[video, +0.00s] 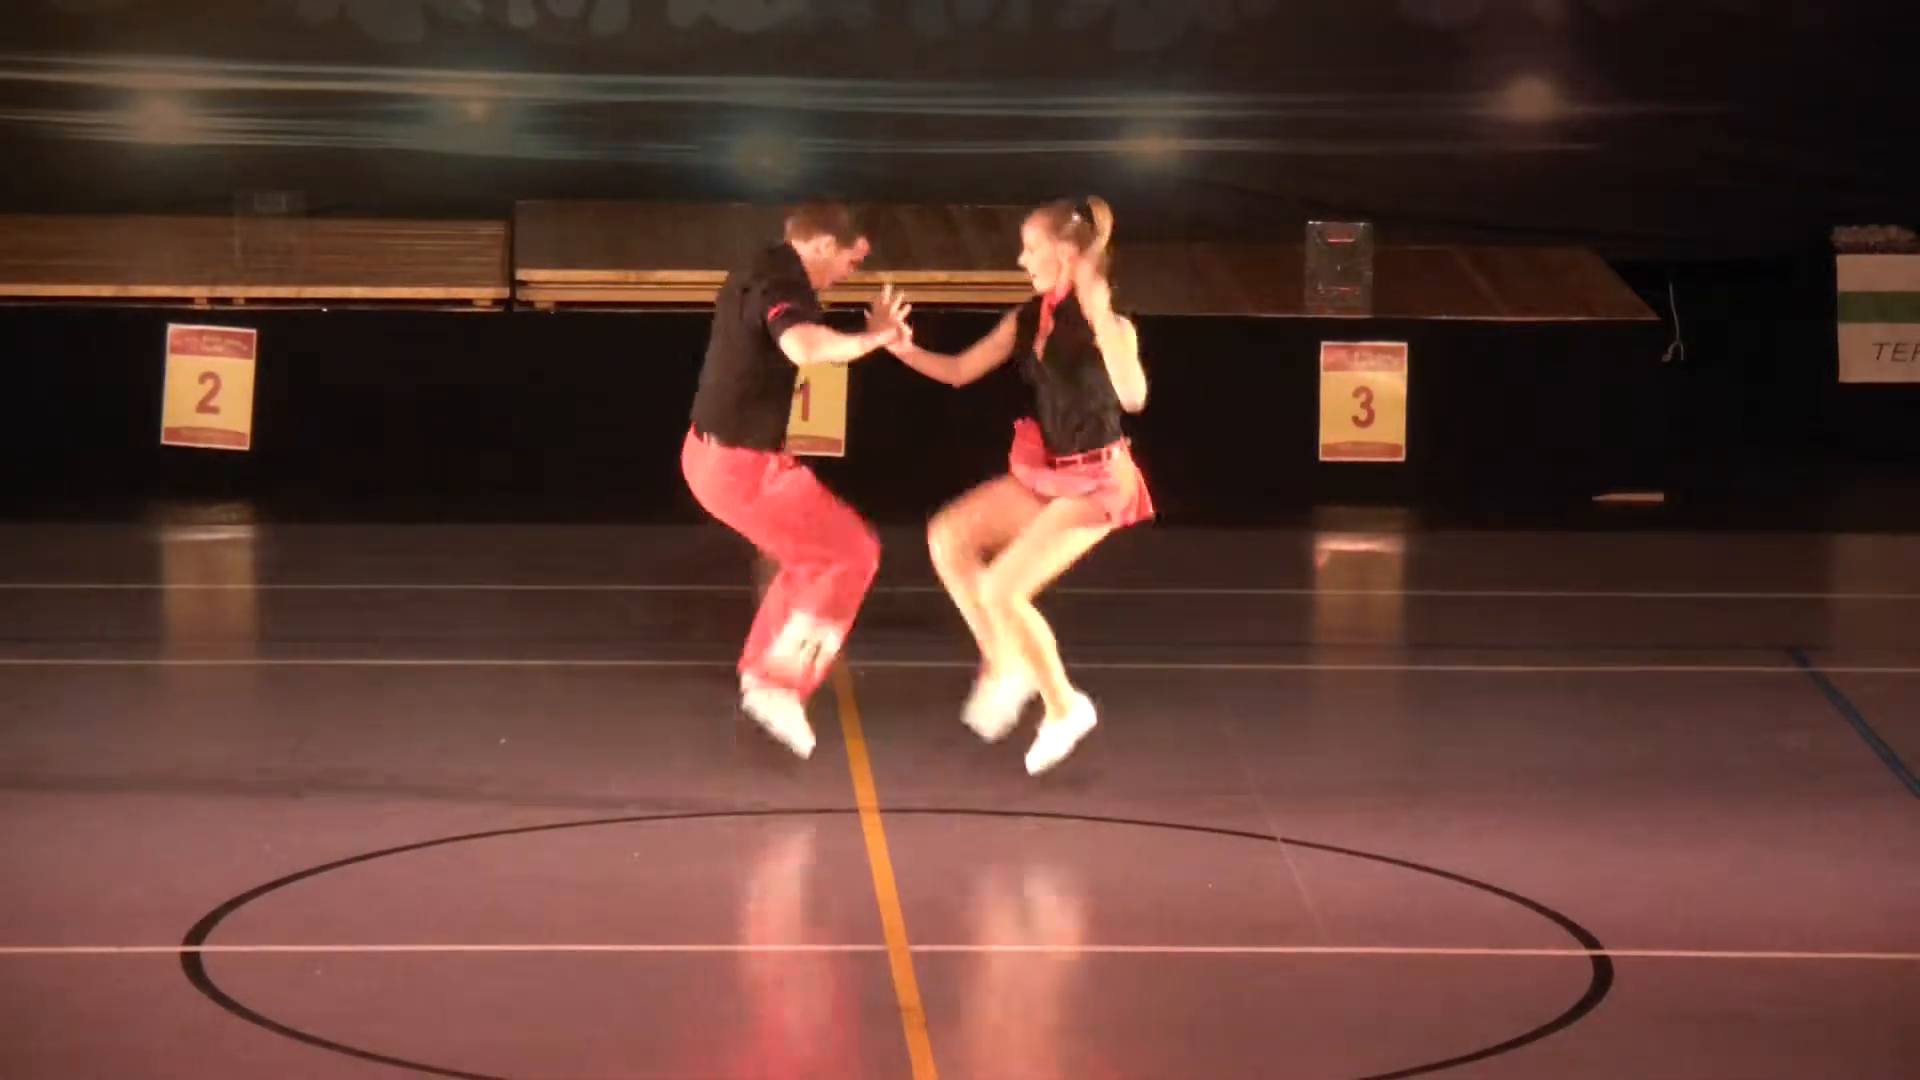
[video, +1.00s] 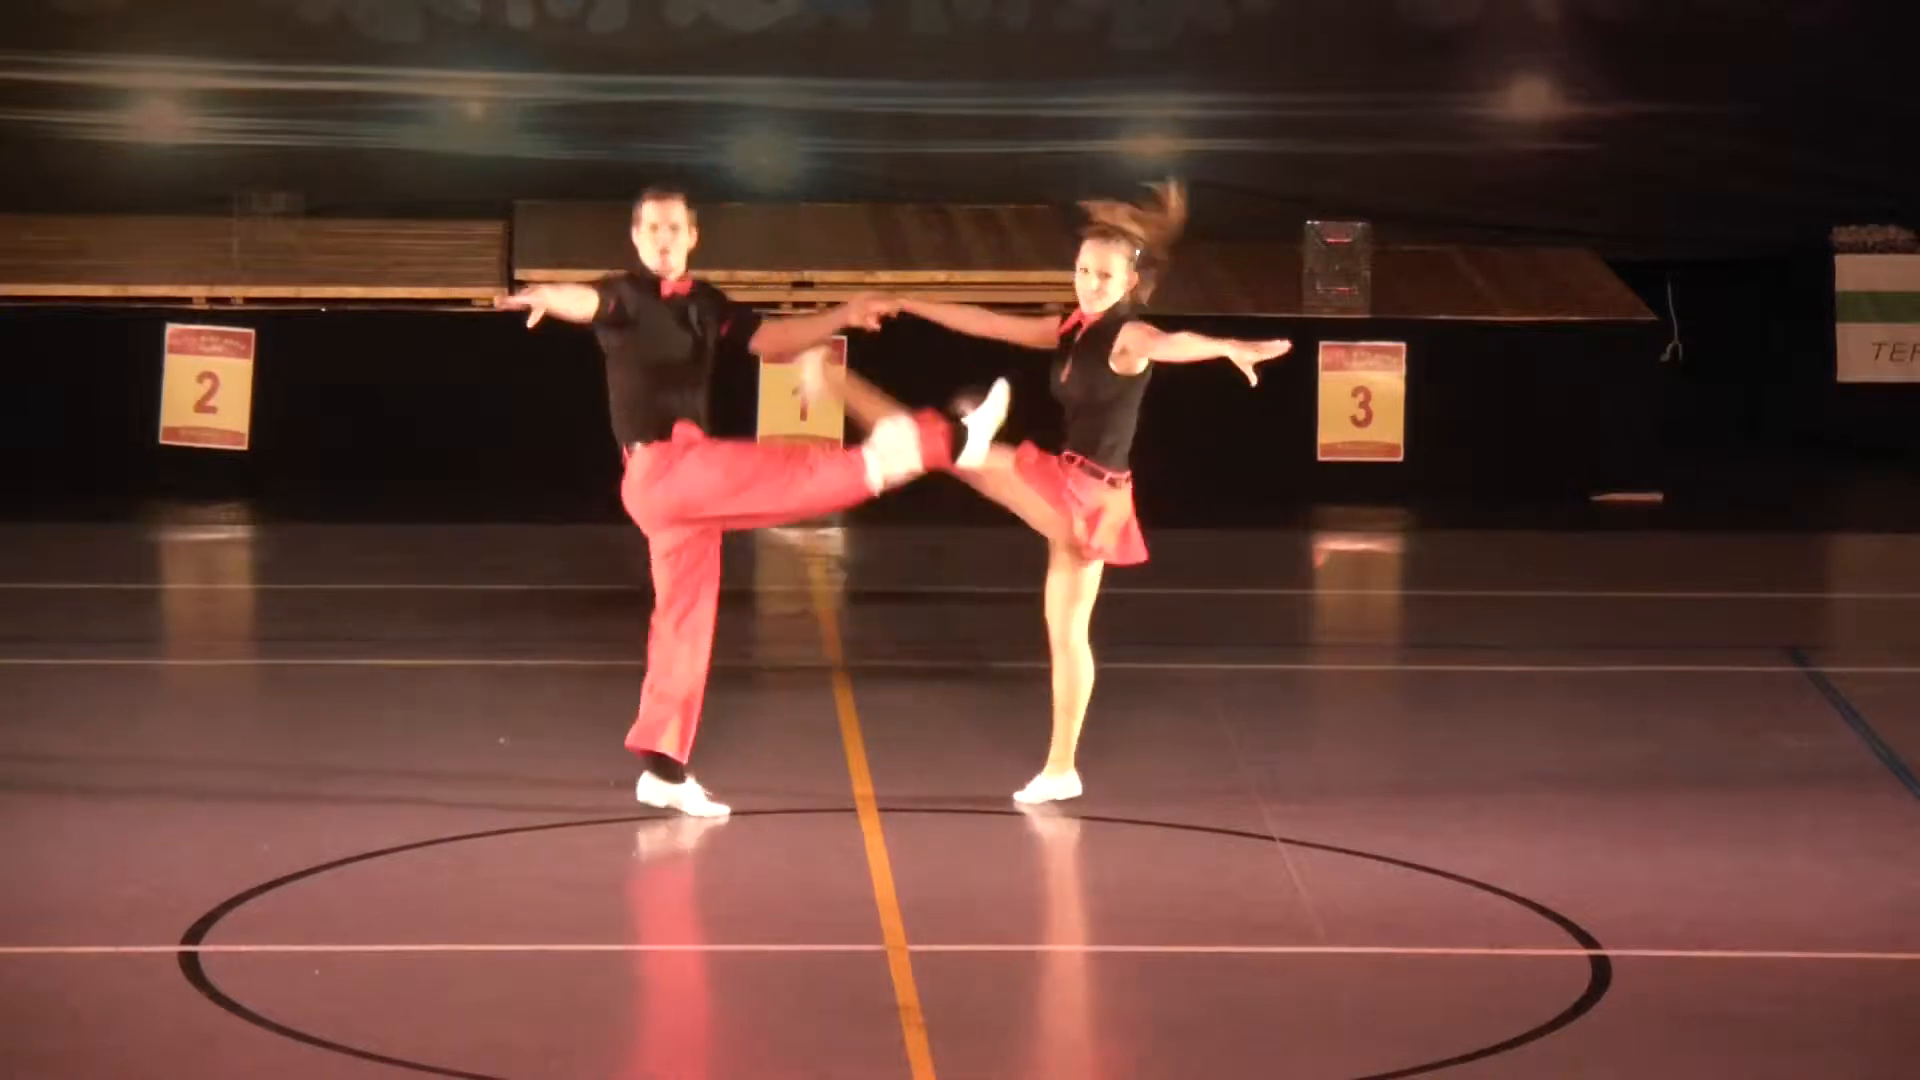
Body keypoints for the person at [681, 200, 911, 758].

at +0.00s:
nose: (845, 277)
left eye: (850, 266)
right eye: (846, 263)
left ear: (804, 241)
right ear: (822, 246)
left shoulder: (757, 268)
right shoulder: (780, 275)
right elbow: (803, 344)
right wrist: (873, 339)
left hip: (710, 454)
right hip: (738, 462)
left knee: (812, 557)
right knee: (854, 551)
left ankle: (762, 674)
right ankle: (779, 684)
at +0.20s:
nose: (845, 299)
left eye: (850, 287)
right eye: (844, 285)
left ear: (803, 269)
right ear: (812, 270)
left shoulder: (749, 304)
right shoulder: (776, 313)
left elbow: (768, 410)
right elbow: (801, 414)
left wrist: (822, 430)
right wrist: (889, 389)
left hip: (716, 487)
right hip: (752, 493)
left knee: (746, 639)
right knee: (824, 637)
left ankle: (749, 780)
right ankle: (784, 767)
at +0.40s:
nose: (797, 238)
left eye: (796, 225)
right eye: (789, 226)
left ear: (747, 235)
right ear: (750, 234)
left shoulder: (718, 284)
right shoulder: (745, 298)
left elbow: (774, 353)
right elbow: (820, 377)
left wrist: (810, 333)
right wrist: (854, 384)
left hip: (713, 469)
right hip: (721, 476)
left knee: (790, 561)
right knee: (731, 608)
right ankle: (689, 770)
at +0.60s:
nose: (778, 226)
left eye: (776, 214)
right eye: (768, 215)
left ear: (734, 224)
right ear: (731, 222)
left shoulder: (727, 279)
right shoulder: (716, 277)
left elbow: (784, 353)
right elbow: (787, 338)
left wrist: (856, 358)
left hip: (687, 461)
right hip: (671, 462)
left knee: (762, 554)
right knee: (682, 602)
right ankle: (655, 762)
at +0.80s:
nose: (710, 241)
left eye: (714, 230)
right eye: (696, 232)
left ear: (721, 236)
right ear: (663, 240)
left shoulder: (713, 311)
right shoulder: (653, 296)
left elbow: (778, 362)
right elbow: (649, 340)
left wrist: (859, 367)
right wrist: (707, 332)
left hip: (702, 484)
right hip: (667, 481)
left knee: (710, 614)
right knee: (728, 605)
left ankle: (706, 772)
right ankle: (631, 697)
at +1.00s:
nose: (664, 238)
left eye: (675, 227)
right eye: (652, 227)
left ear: (693, 234)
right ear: (633, 235)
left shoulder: (707, 303)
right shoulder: (621, 296)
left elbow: (772, 342)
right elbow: (581, 304)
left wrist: (843, 318)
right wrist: (543, 297)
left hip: (686, 470)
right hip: (660, 470)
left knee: (684, 619)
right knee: (803, 471)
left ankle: (663, 768)